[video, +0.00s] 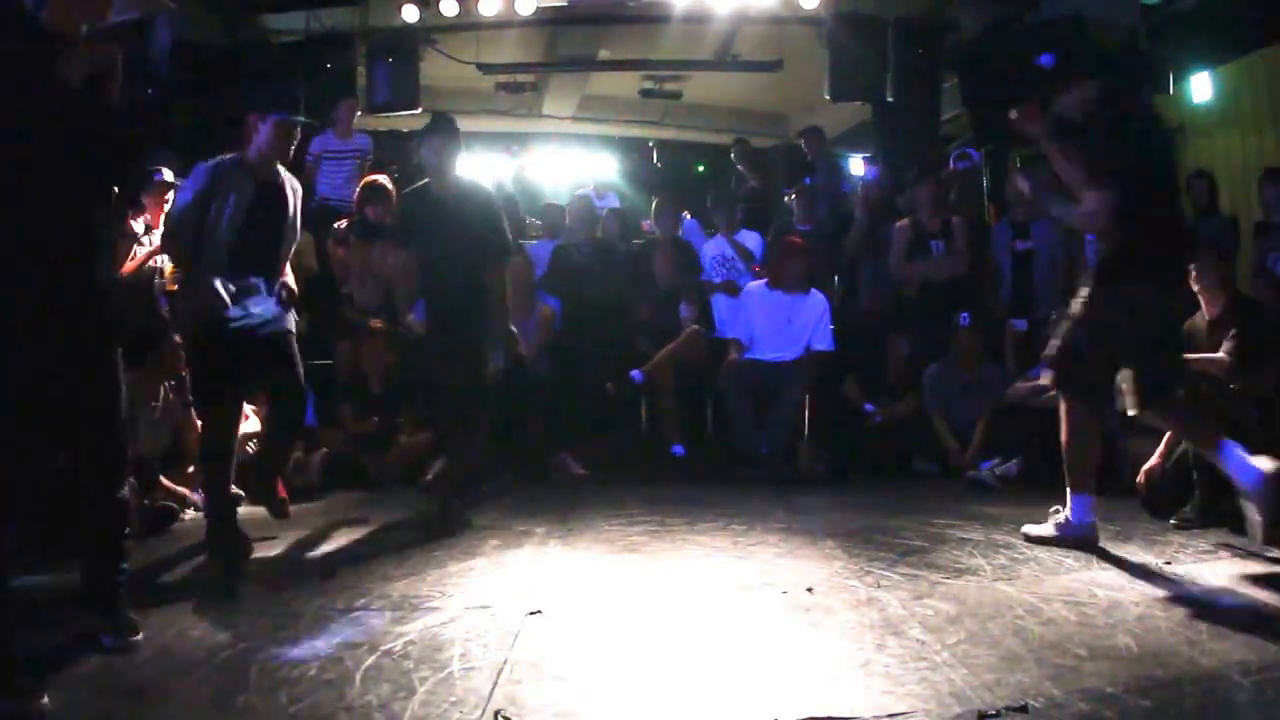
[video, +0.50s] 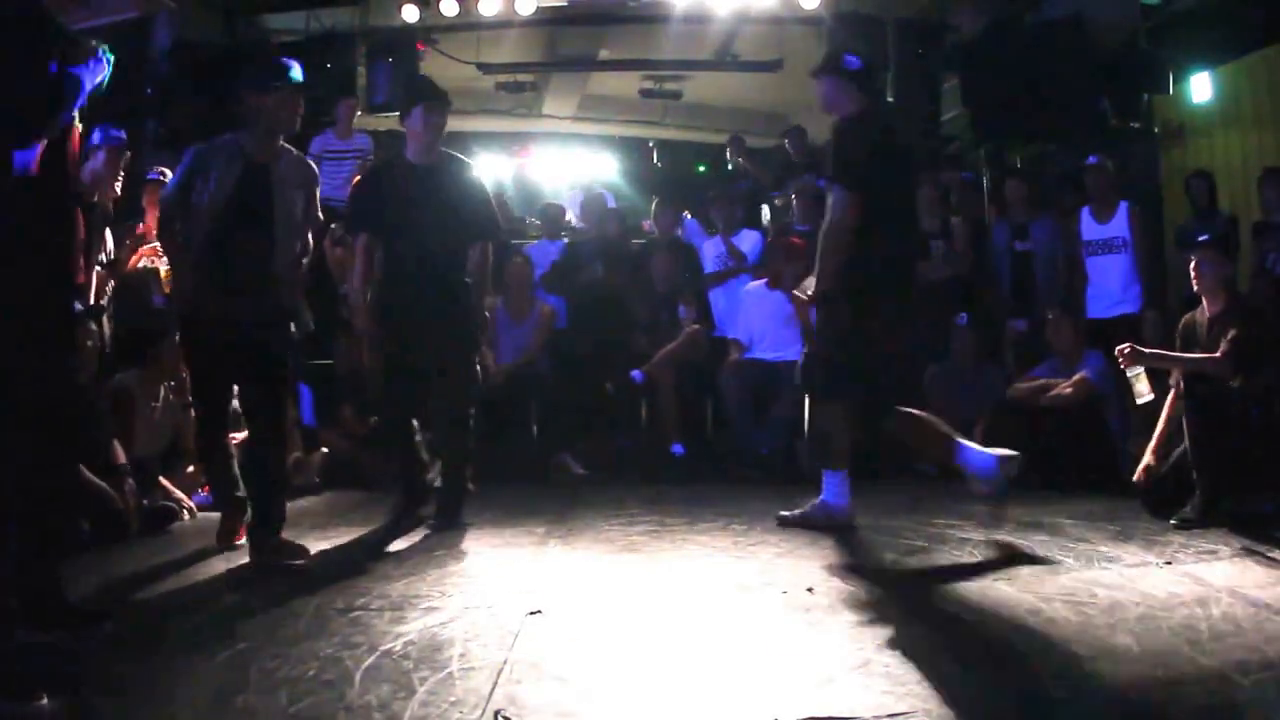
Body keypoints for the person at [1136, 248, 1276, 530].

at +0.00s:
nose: (1195, 273)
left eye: (1203, 267)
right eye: (1192, 268)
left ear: (1222, 272)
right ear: (1188, 278)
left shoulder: (1247, 315)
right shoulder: (1191, 329)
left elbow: (1227, 363)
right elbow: (1186, 406)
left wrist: (1175, 360)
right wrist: (1160, 456)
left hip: (1255, 421)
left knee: (1200, 392)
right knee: (1158, 494)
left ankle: (1205, 499)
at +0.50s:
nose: (1194, 269)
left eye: (1204, 262)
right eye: (1192, 261)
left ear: (1226, 269)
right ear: (1188, 267)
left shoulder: (1246, 316)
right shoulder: (1189, 324)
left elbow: (1222, 364)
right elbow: (1177, 392)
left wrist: (1147, 357)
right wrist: (1152, 453)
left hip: (1249, 427)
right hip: (1211, 429)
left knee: (1198, 391)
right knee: (1157, 495)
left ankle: (1205, 499)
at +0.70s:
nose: (1196, 267)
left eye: (1205, 261)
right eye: (1195, 261)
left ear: (1227, 267)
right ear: (1192, 266)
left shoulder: (1245, 315)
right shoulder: (1189, 319)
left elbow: (1223, 363)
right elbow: (1154, 361)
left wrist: (1152, 361)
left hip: (1243, 425)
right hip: (1205, 427)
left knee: (1195, 386)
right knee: (1157, 497)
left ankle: (1207, 499)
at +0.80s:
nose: (1196, 267)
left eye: (1206, 261)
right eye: (1195, 260)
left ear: (1229, 267)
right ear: (1191, 265)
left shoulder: (1246, 314)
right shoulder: (1191, 314)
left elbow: (1222, 363)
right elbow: (1141, 344)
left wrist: (1152, 359)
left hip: (1246, 424)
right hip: (1208, 425)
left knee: (1195, 387)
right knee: (1156, 497)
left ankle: (1206, 498)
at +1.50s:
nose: (1191, 272)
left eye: (1200, 266)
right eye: (1192, 265)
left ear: (1225, 273)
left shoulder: (1245, 316)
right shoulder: (1192, 314)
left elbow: (1220, 363)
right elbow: (1152, 337)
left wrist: (1148, 363)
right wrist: (1106, 341)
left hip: (1241, 429)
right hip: (1205, 430)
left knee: (1193, 383)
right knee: (1156, 497)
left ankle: (1206, 496)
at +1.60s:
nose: (1190, 271)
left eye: (1200, 264)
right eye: (1192, 265)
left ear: (1223, 272)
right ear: (1200, 278)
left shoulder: (1245, 316)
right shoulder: (1191, 317)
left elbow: (1221, 361)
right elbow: (1164, 348)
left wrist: (1146, 364)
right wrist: (1130, 364)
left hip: (1242, 428)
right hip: (1205, 429)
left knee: (1193, 384)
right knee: (1155, 497)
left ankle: (1205, 498)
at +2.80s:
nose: (1189, 271)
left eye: (1198, 264)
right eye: (1185, 265)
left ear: (1216, 269)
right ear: (1181, 272)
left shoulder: (1240, 314)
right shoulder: (1180, 325)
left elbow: (1218, 363)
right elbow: (1170, 387)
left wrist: (1146, 364)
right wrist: (1142, 396)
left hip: (1242, 427)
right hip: (1204, 429)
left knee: (1194, 388)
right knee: (1155, 498)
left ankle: (1205, 498)